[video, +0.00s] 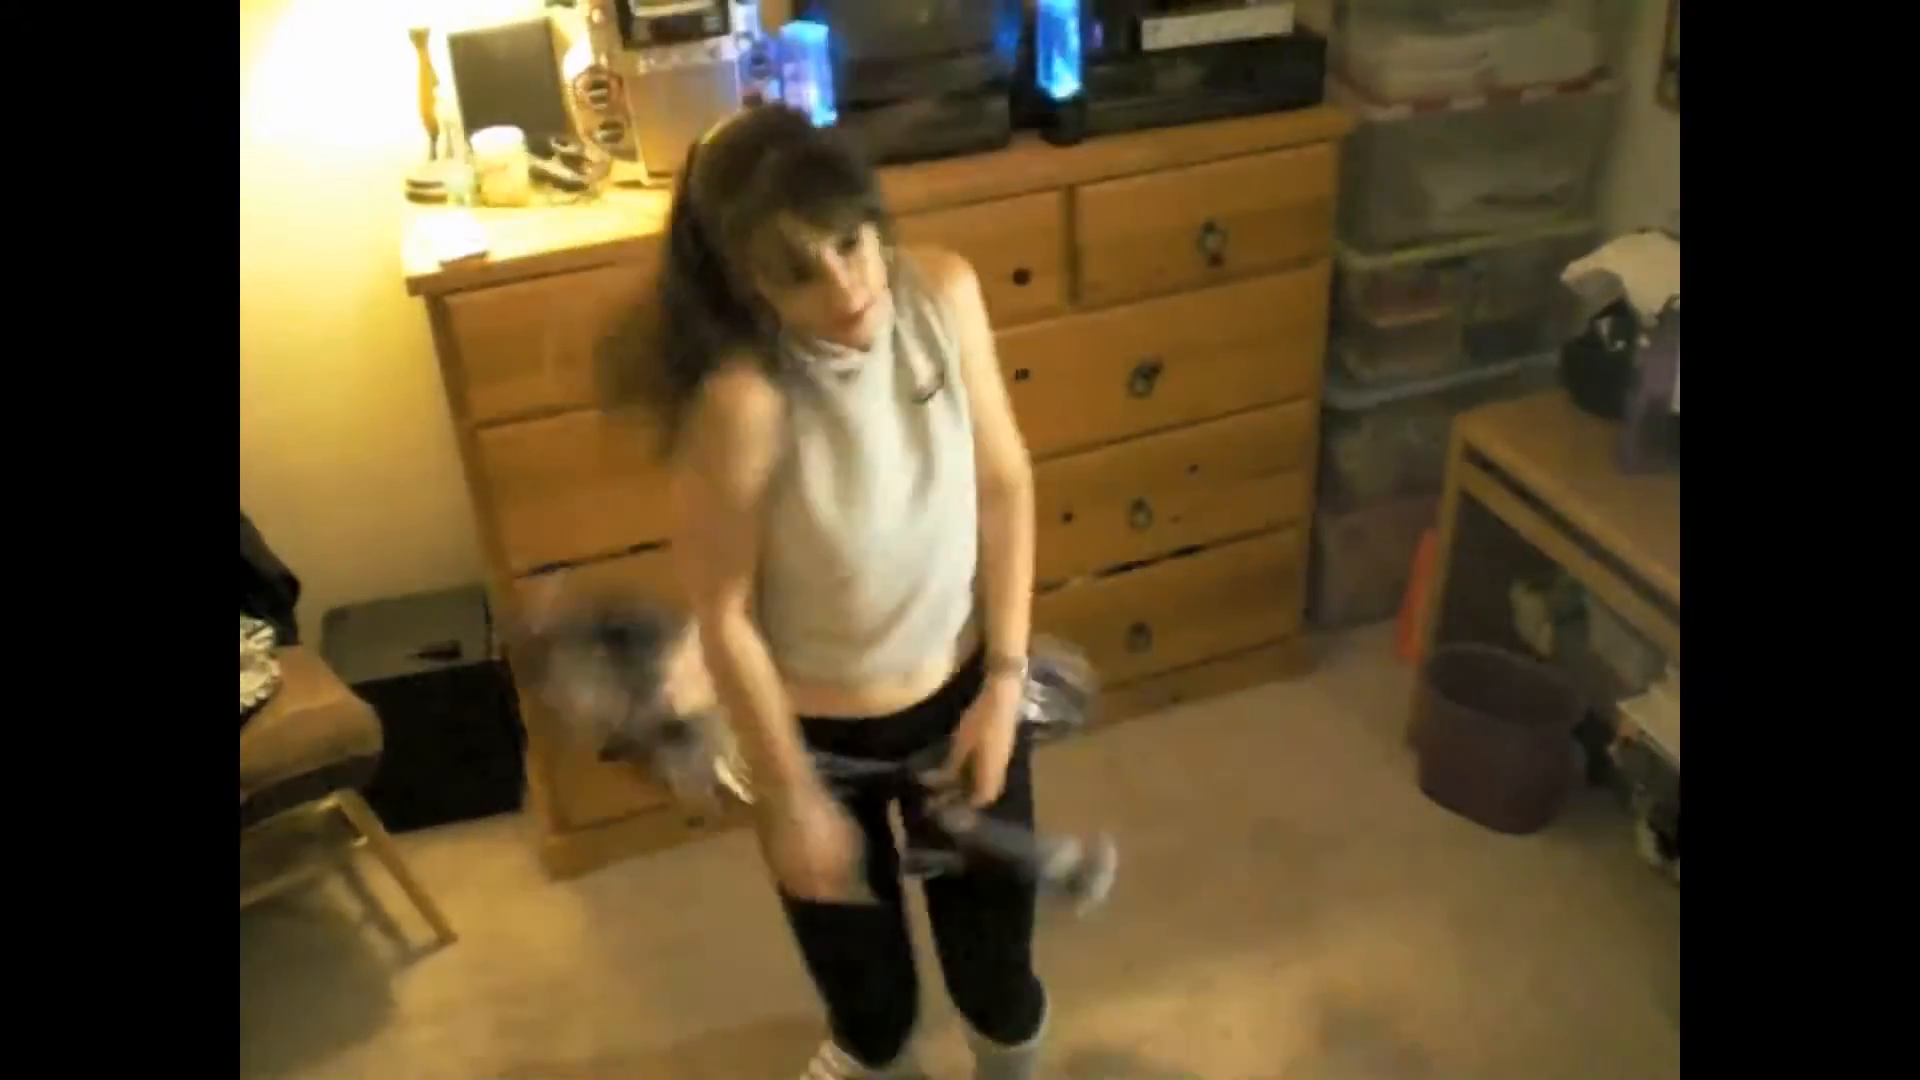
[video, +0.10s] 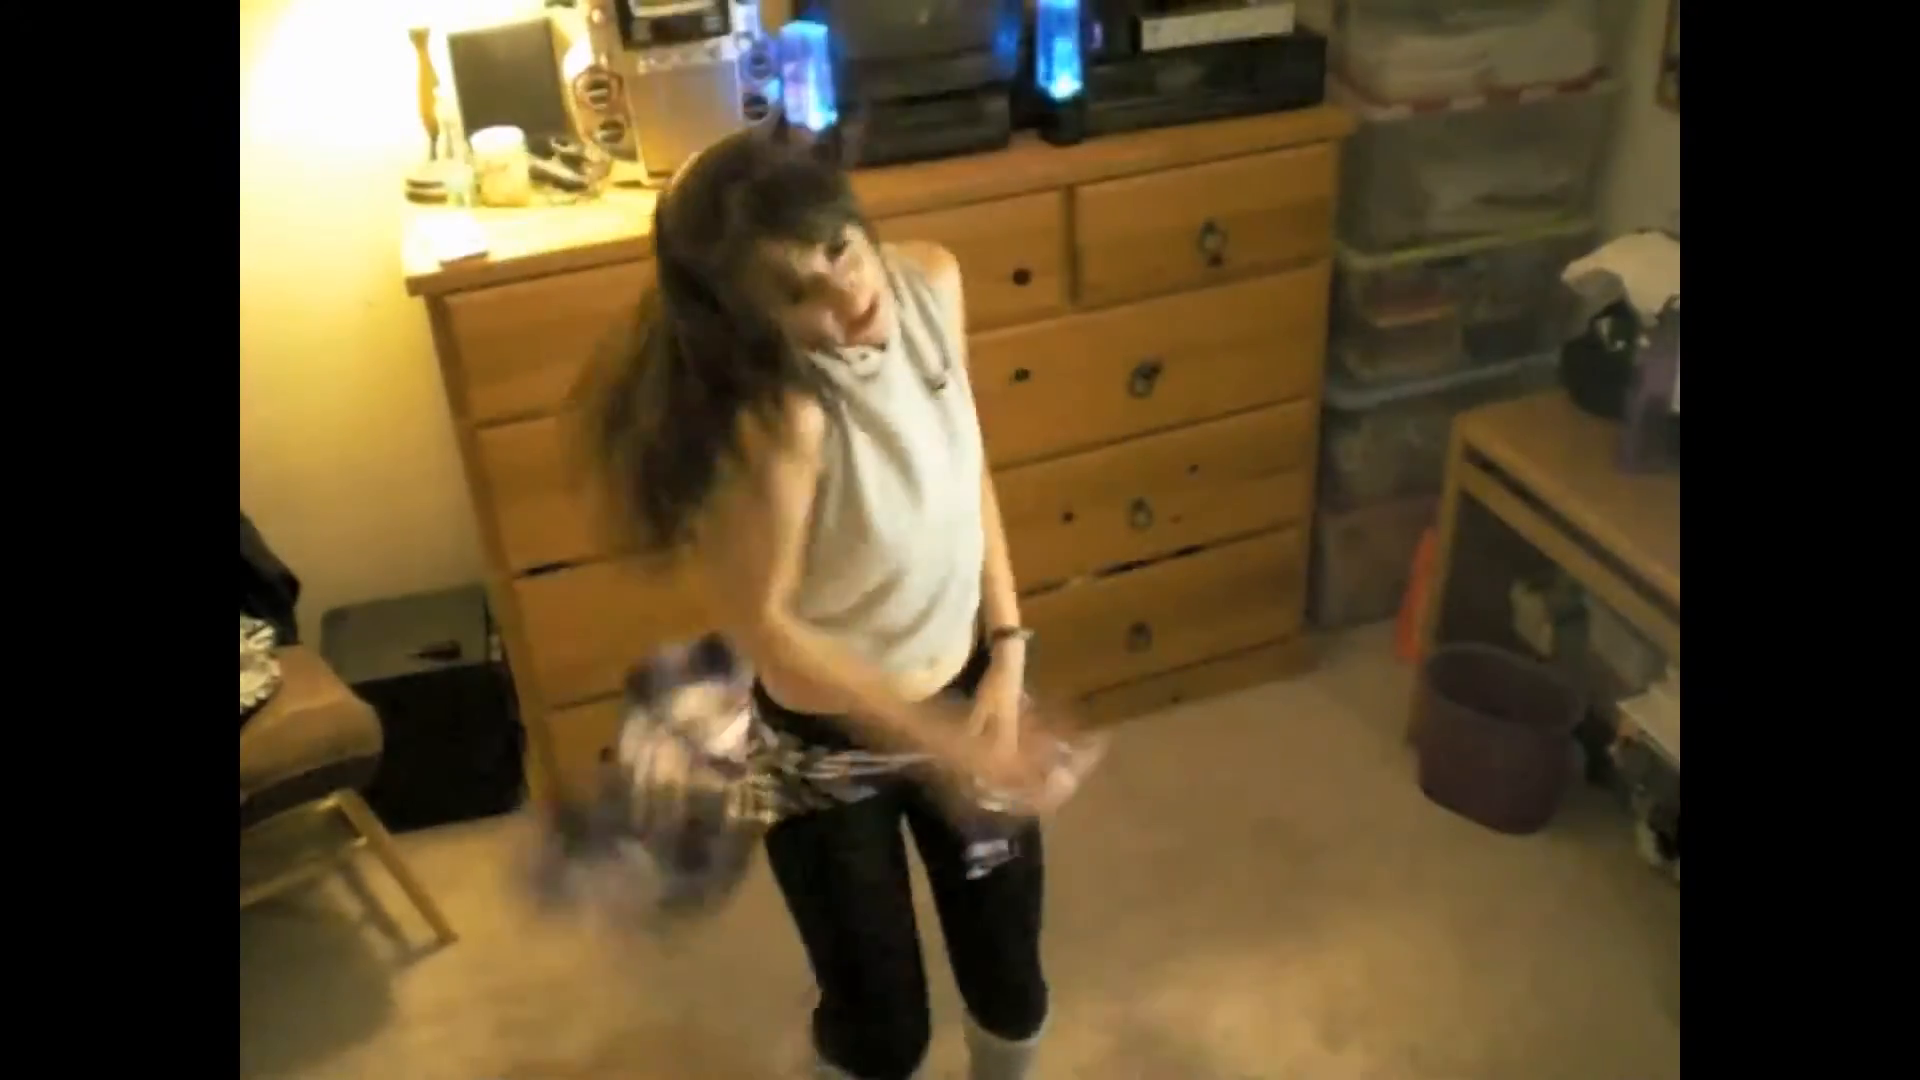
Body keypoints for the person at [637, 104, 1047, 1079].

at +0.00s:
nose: (846, 288)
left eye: (850, 245)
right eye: (799, 277)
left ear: (875, 218)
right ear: (749, 293)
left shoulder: (941, 296)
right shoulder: (742, 404)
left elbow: (1004, 483)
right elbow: (719, 610)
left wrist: (1004, 683)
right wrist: (793, 794)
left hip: (964, 707)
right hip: (821, 751)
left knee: (998, 990)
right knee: (876, 1023)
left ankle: (1015, 1062)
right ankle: (855, 1065)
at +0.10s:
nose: (844, 297)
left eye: (839, 253)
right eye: (802, 298)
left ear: (857, 223)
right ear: (755, 322)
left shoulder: (930, 283)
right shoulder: (775, 416)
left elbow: (963, 463)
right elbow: (756, 625)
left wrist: (1006, 646)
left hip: (967, 703)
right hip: (826, 747)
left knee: (1011, 1001)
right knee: (885, 1038)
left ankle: (999, 1069)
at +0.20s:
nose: (828, 298)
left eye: (812, 257)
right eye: (782, 304)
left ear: (827, 231)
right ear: (737, 347)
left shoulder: (912, 283)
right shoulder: (776, 448)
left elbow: (977, 457)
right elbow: (877, 646)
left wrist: (1001, 641)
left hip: (959, 704)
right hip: (828, 749)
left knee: (1005, 1010)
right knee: (863, 1051)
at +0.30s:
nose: (771, 310)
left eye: (747, 272)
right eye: (730, 333)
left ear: (765, 240)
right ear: (713, 387)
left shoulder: (892, 276)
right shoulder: (754, 472)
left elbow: (973, 447)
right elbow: (987, 625)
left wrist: (985, 643)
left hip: (943, 710)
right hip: (809, 739)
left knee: (999, 1007)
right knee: (807, 1046)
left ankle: (996, 1066)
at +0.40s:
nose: (720, 316)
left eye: (703, 271)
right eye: (673, 332)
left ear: (739, 245)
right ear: (662, 379)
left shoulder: (882, 291)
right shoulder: (715, 468)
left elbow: (962, 461)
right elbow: (902, 615)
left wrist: (961, 642)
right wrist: (753, 442)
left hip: (909, 721)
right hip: (770, 750)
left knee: (1012, 994)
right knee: (768, 1046)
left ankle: (1002, 1072)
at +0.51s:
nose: (662, 332)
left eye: (673, 289)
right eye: (627, 322)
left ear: (737, 259)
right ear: (614, 349)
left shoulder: (890, 348)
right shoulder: (658, 456)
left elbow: (951, 503)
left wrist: (926, 682)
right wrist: (626, 416)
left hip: (872, 730)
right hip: (710, 764)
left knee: (1032, 933)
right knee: (722, 1026)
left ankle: (1017, 1067)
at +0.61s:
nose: (644, 364)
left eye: (660, 343)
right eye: (636, 344)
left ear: (755, 293)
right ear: (628, 322)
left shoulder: (905, 399)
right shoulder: (641, 418)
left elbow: (945, 568)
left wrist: (893, 733)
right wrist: (572, 345)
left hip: (855, 743)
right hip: (679, 762)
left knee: (1033, 924)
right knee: (682, 1038)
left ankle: (1031, 1054)